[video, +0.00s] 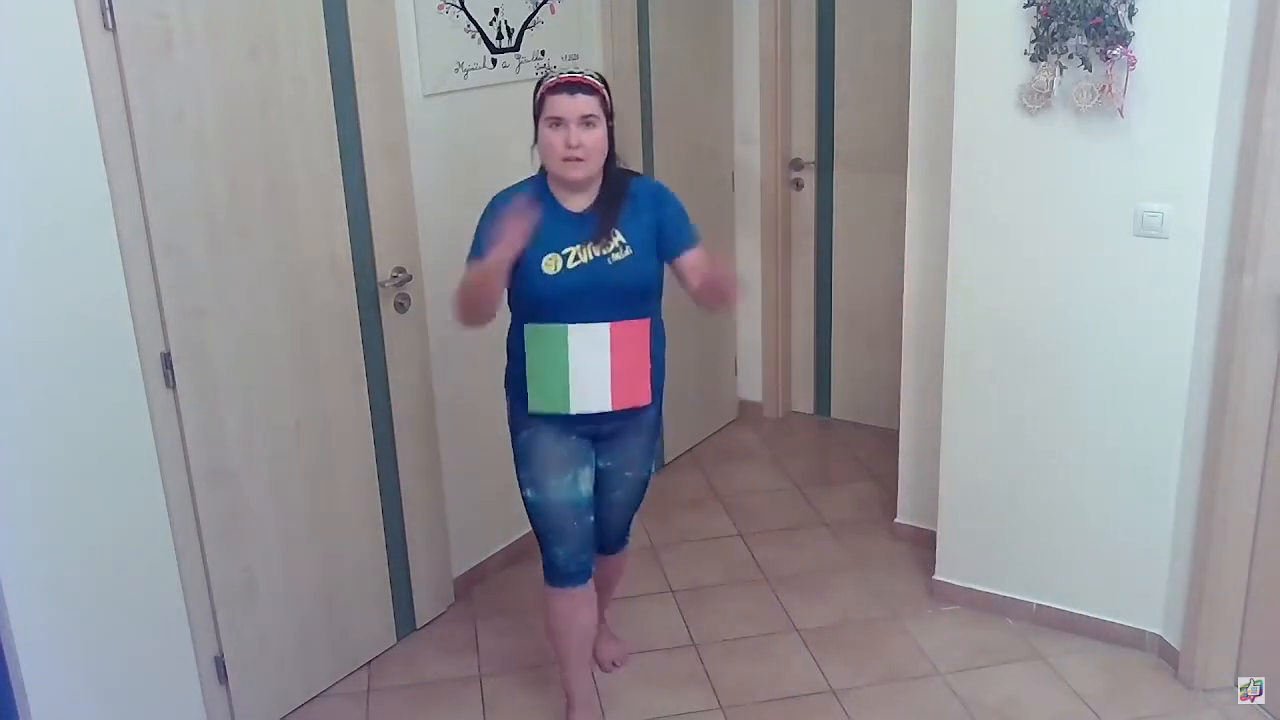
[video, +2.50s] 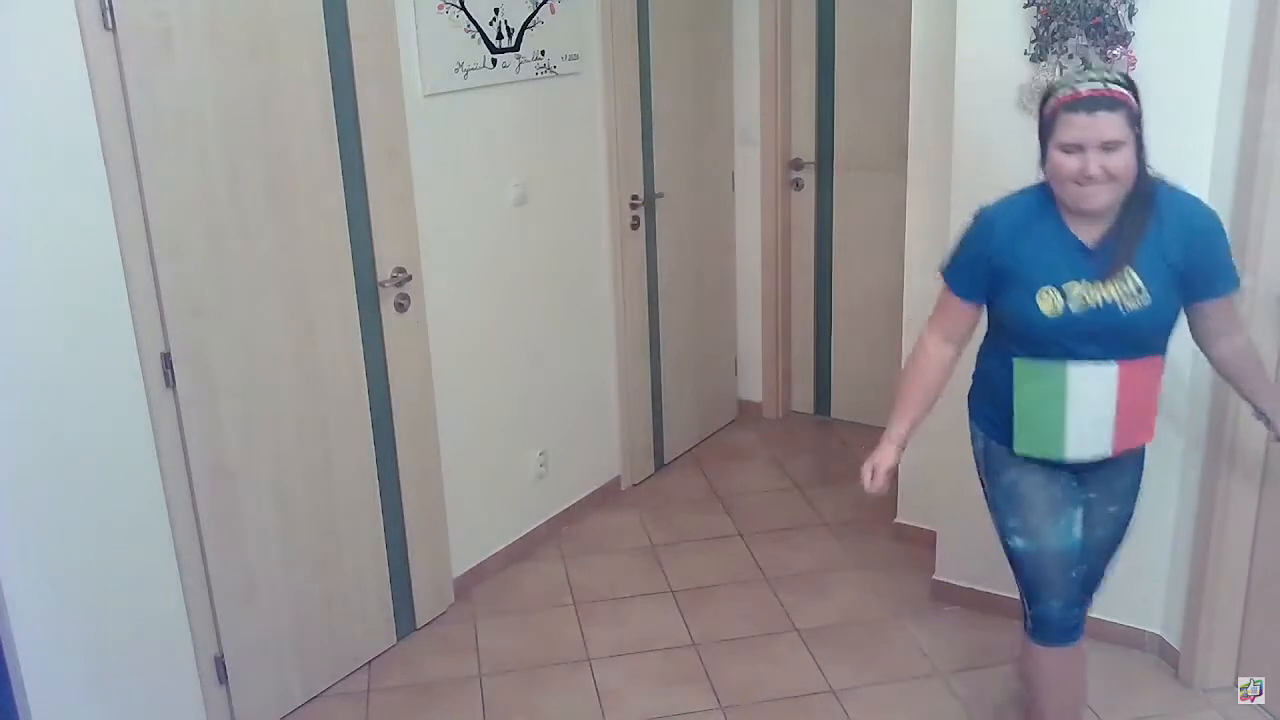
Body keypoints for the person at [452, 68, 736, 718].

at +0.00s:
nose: (574, 138)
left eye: (588, 123)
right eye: (557, 124)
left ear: (609, 133)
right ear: (536, 135)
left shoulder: (649, 201)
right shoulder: (513, 208)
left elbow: (711, 293)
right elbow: (471, 312)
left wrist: (716, 283)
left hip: (632, 409)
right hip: (546, 413)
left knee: (612, 538)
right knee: (568, 561)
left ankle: (601, 618)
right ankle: (580, 702)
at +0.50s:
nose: (611, 117)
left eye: (625, 105)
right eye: (596, 106)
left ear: (647, 114)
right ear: (577, 116)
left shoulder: (676, 173)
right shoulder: (552, 177)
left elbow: (715, 229)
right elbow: (536, 227)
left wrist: (634, 171)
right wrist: (606, 163)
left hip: (658, 382)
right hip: (575, 383)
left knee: (621, 521)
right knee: (625, 532)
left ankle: (598, 616)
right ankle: (635, 670)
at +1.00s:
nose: (707, 104)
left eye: (720, 93)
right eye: (690, 93)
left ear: (740, 106)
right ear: (667, 108)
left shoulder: (770, 166)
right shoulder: (641, 175)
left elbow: (812, 211)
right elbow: (623, 221)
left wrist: (729, 154)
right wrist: (701, 153)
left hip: (763, 393)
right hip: (672, 400)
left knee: (787, 541)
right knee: (703, 549)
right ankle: (710, 676)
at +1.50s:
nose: (855, 131)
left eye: (870, 118)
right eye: (838, 117)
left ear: (893, 135)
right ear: (814, 132)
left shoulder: (918, 209)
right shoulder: (786, 193)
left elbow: (997, 237)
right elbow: (780, 240)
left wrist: (903, 181)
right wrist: (867, 179)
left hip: (905, 431)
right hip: (814, 429)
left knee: (860, 604)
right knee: (813, 585)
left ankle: (847, 711)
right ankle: (897, 646)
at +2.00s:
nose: (980, 110)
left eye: (998, 97)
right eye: (965, 94)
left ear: (1019, 112)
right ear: (938, 105)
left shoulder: (1051, 173)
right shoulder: (900, 175)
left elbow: (1156, 228)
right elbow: (873, 244)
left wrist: (1092, 241)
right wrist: (981, 193)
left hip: (1029, 413)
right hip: (930, 412)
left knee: (1028, 575)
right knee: (941, 563)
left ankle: (1038, 680)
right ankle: (944, 669)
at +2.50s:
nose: (1092, 166)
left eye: (1110, 148)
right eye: (1072, 149)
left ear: (1138, 151)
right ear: (1044, 154)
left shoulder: (1184, 226)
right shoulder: (1001, 231)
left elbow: (1224, 335)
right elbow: (941, 339)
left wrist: (1272, 410)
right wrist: (893, 436)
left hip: (1119, 446)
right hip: (1016, 444)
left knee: (1069, 604)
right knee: (1056, 614)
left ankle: (1036, 693)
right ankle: (1065, 715)